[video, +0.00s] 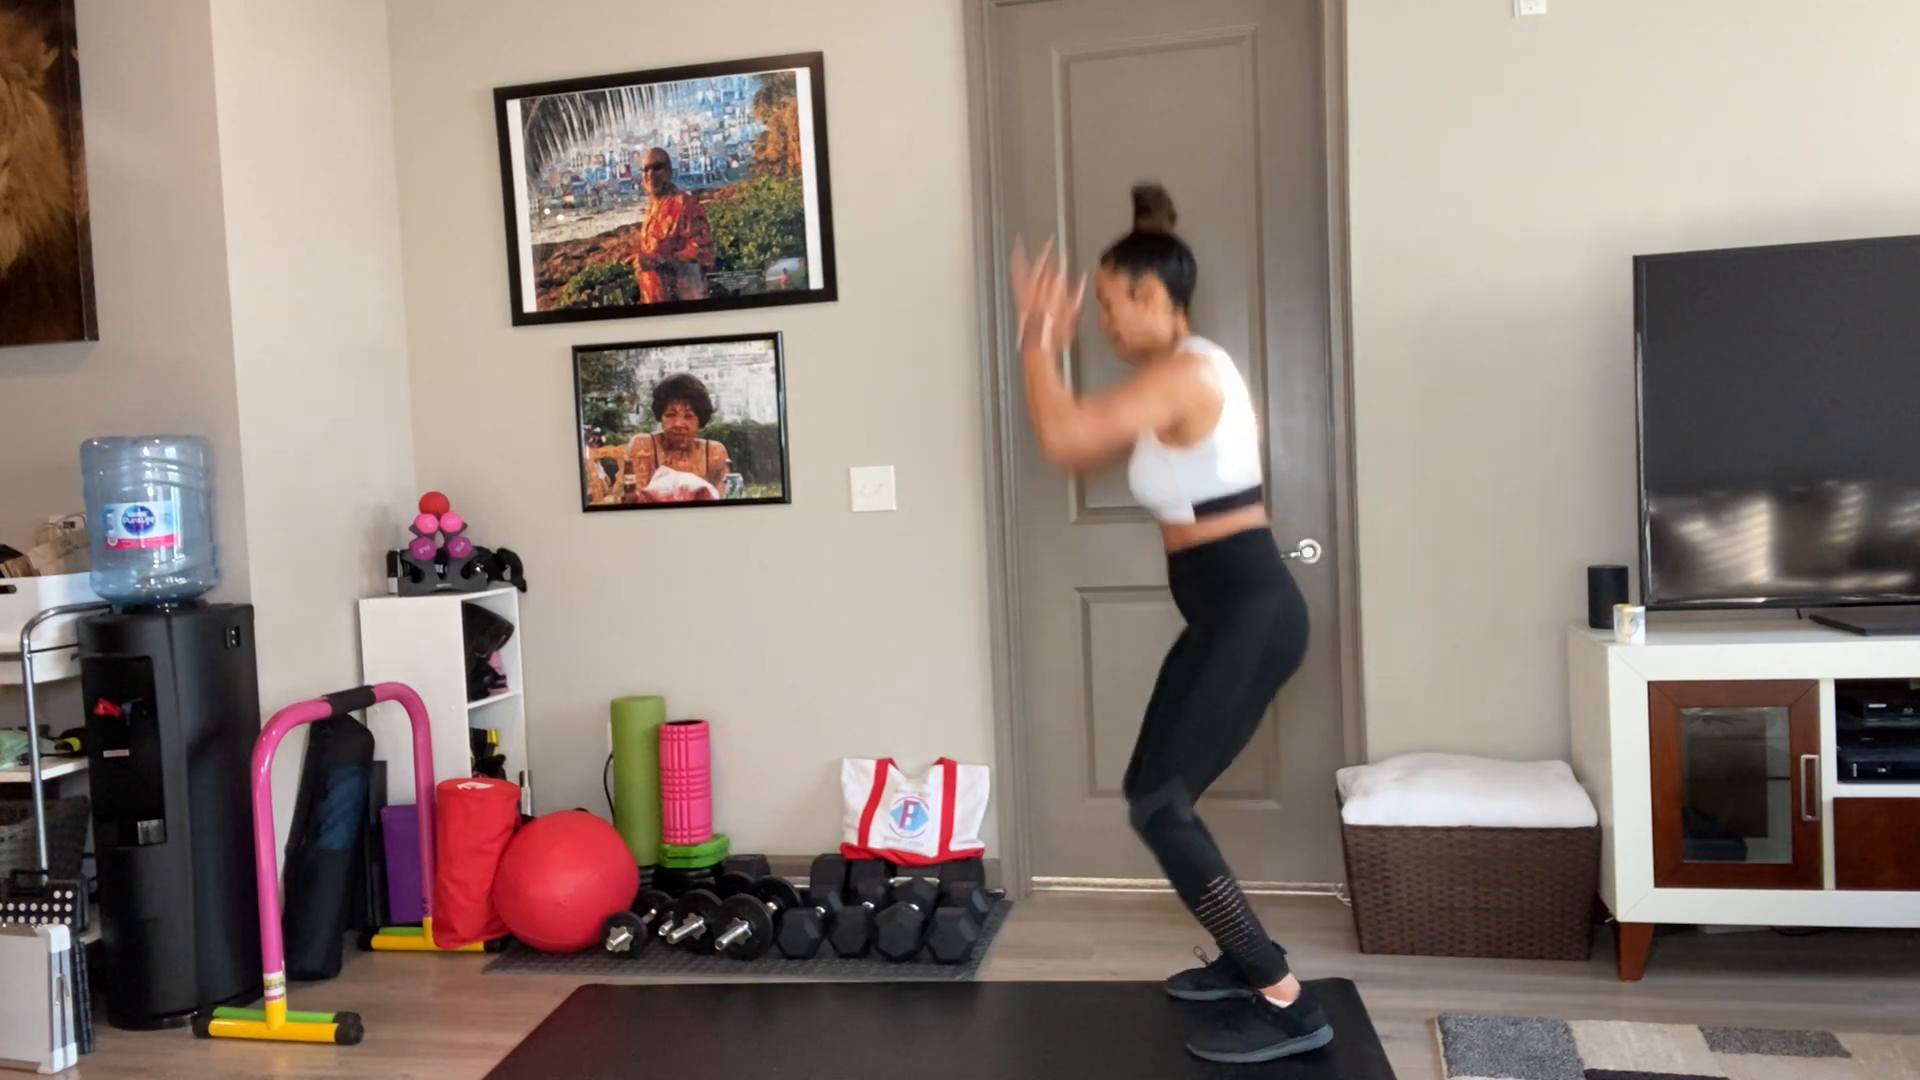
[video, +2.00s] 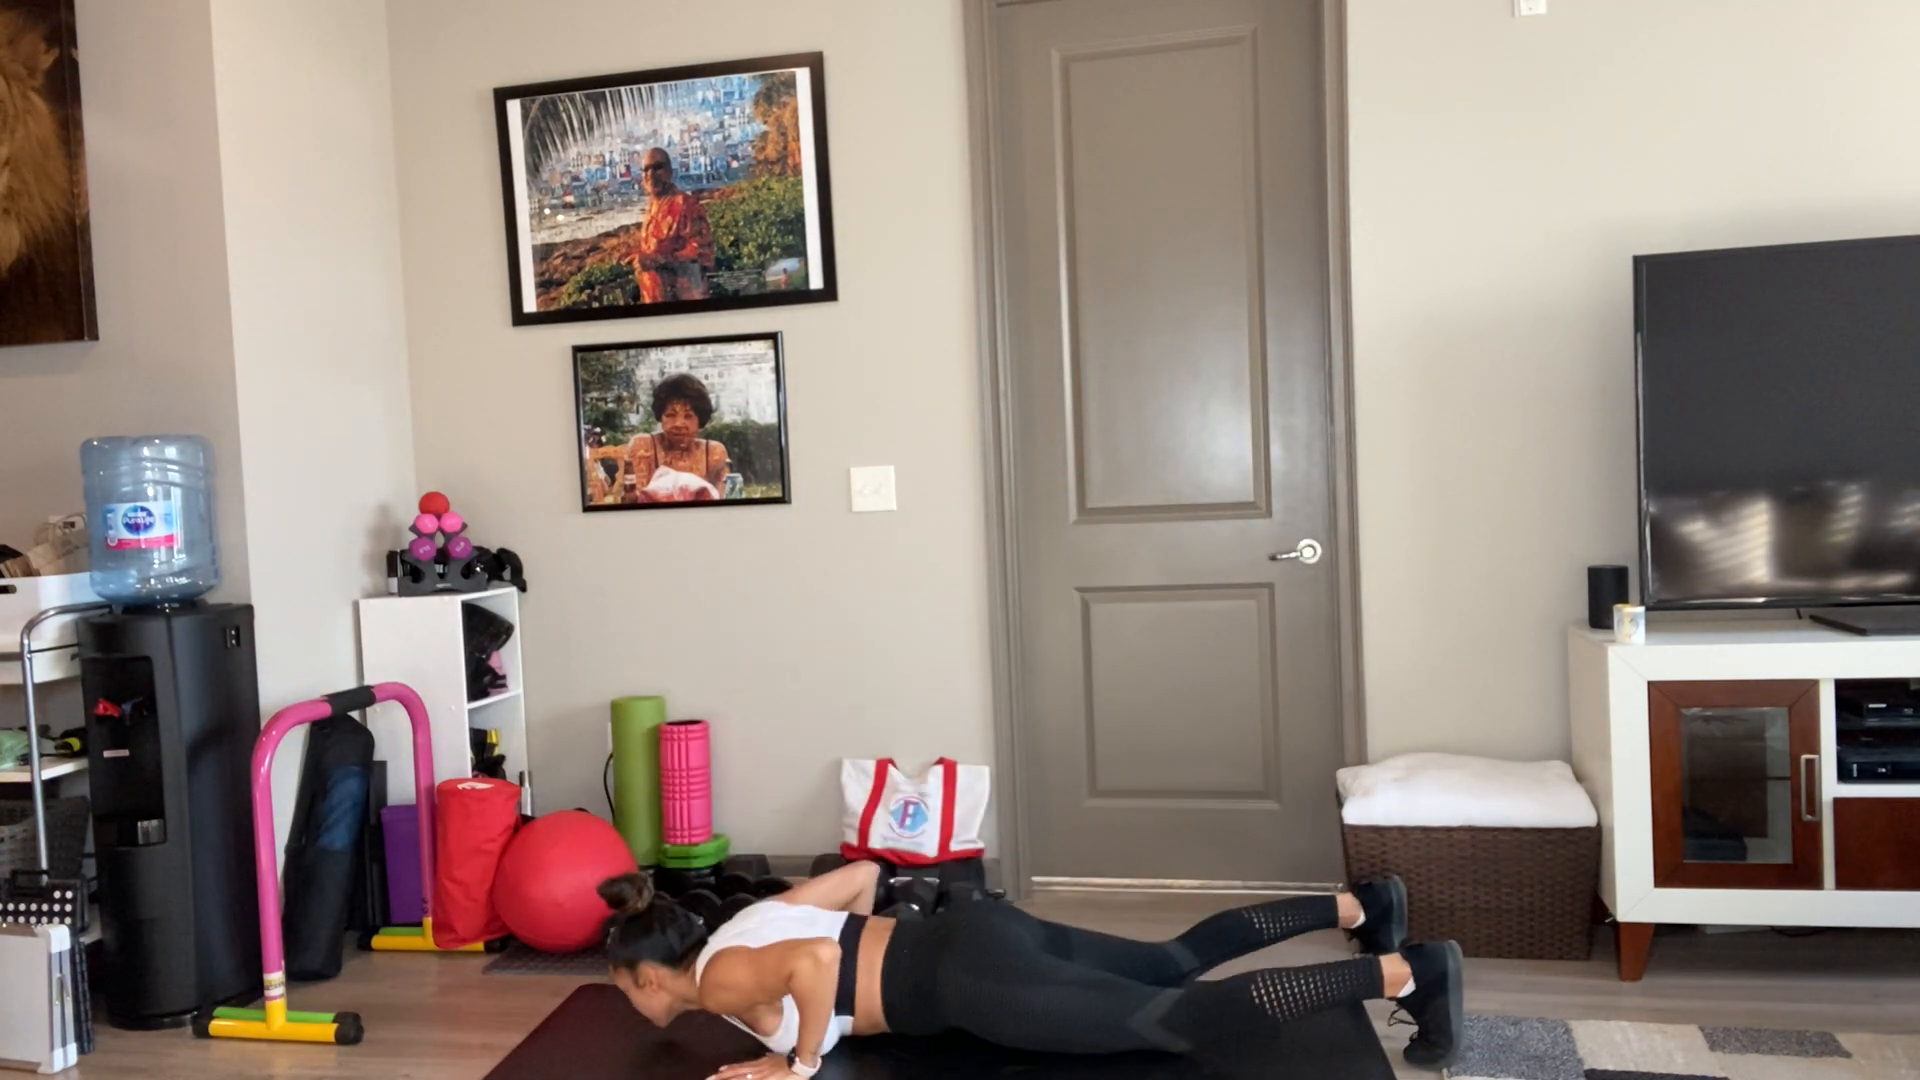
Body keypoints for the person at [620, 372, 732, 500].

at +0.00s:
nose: (679, 424)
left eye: (688, 416)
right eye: (671, 415)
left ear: (701, 420)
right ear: (660, 418)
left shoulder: (715, 451)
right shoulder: (642, 446)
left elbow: (719, 500)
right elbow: (637, 499)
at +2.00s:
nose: (679, 424)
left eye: (688, 416)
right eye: (671, 415)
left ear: (701, 420)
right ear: (660, 418)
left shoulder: (715, 451)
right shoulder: (641, 446)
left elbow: (720, 500)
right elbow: (636, 499)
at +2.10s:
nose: (679, 424)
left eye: (688, 416)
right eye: (670, 415)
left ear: (701, 420)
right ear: (660, 418)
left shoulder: (715, 451)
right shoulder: (641, 446)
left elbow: (721, 500)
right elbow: (634, 499)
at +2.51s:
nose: (679, 424)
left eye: (688, 416)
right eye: (671, 415)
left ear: (701, 420)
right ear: (660, 418)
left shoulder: (715, 451)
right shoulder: (641, 446)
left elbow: (720, 500)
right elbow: (637, 499)